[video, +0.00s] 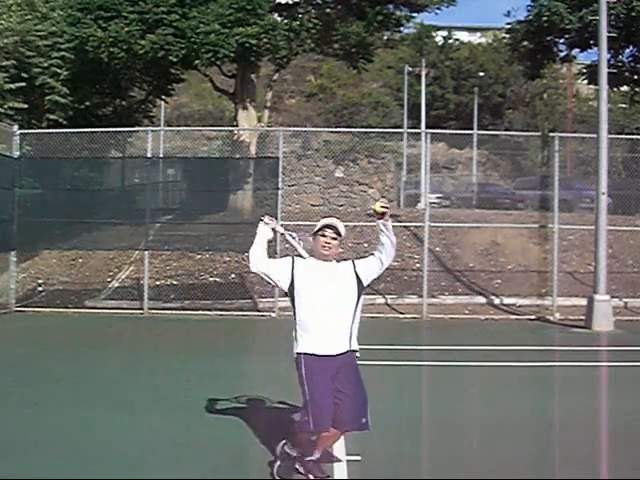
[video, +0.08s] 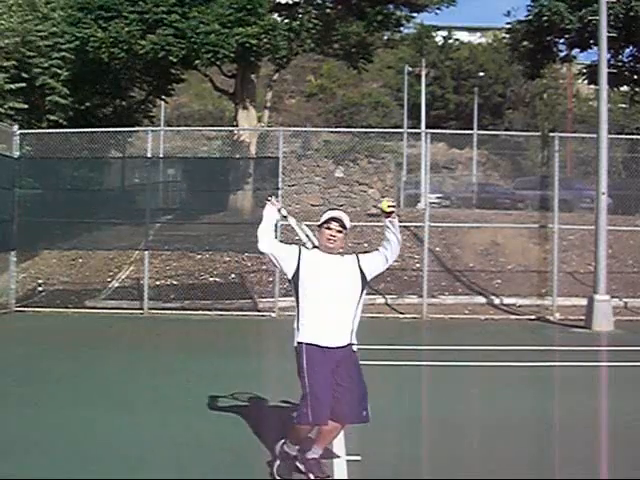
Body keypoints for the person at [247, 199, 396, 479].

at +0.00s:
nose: (328, 240)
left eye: (334, 237)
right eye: (323, 235)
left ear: (341, 246)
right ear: (312, 241)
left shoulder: (353, 270)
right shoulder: (295, 267)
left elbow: (384, 256)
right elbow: (258, 263)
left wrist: (384, 224)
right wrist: (263, 232)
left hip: (345, 353)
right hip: (311, 353)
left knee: (347, 419)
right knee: (317, 421)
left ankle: (311, 460)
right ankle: (289, 450)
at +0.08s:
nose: (333, 233)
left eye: (339, 230)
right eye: (328, 227)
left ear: (345, 237)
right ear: (318, 232)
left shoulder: (357, 264)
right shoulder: (301, 258)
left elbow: (389, 253)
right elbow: (266, 243)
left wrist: (391, 219)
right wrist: (271, 211)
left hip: (344, 347)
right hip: (312, 346)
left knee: (345, 412)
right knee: (316, 415)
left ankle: (311, 457)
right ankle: (287, 449)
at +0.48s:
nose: (350, 220)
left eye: (356, 216)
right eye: (346, 214)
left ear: (361, 222)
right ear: (333, 215)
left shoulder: (362, 256)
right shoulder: (322, 238)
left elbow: (384, 275)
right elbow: (323, 197)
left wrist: (413, 263)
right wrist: (336, 150)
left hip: (341, 330)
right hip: (316, 323)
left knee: (333, 396)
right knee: (315, 394)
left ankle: (316, 456)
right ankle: (297, 457)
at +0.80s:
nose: (360, 229)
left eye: (366, 225)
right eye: (355, 222)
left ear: (370, 230)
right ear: (342, 222)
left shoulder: (367, 261)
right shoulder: (330, 244)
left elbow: (373, 293)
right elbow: (315, 214)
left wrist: (398, 297)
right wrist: (342, 186)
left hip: (354, 335)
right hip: (330, 331)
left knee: (349, 396)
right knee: (346, 397)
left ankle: (315, 451)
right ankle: (351, 465)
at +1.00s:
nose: (361, 232)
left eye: (366, 228)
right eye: (356, 226)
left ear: (371, 232)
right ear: (343, 227)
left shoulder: (369, 260)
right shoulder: (330, 248)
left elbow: (373, 293)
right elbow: (296, 263)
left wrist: (386, 312)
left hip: (361, 337)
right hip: (337, 335)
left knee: (368, 397)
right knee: (355, 400)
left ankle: (322, 444)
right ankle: (351, 467)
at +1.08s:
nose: (361, 232)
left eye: (366, 227)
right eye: (355, 225)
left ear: (371, 231)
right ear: (343, 226)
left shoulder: (369, 259)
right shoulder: (328, 250)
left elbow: (374, 293)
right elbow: (294, 273)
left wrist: (382, 310)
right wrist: (323, 281)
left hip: (358, 334)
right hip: (333, 333)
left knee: (358, 397)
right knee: (351, 399)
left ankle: (325, 450)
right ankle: (351, 465)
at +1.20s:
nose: (358, 233)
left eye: (364, 229)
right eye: (353, 227)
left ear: (369, 234)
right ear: (342, 228)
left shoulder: (370, 262)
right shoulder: (323, 252)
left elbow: (377, 295)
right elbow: (291, 278)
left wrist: (379, 316)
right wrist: (315, 299)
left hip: (353, 339)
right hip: (326, 335)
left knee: (349, 400)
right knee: (337, 398)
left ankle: (321, 449)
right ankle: (347, 464)